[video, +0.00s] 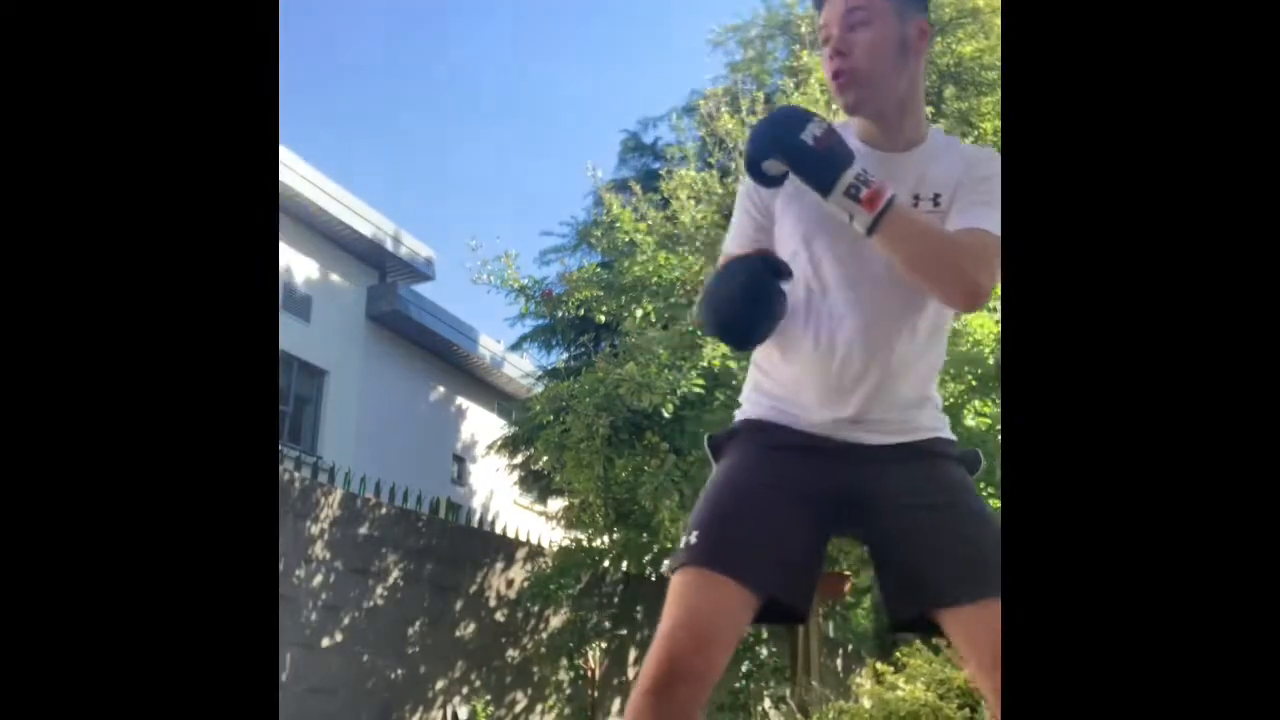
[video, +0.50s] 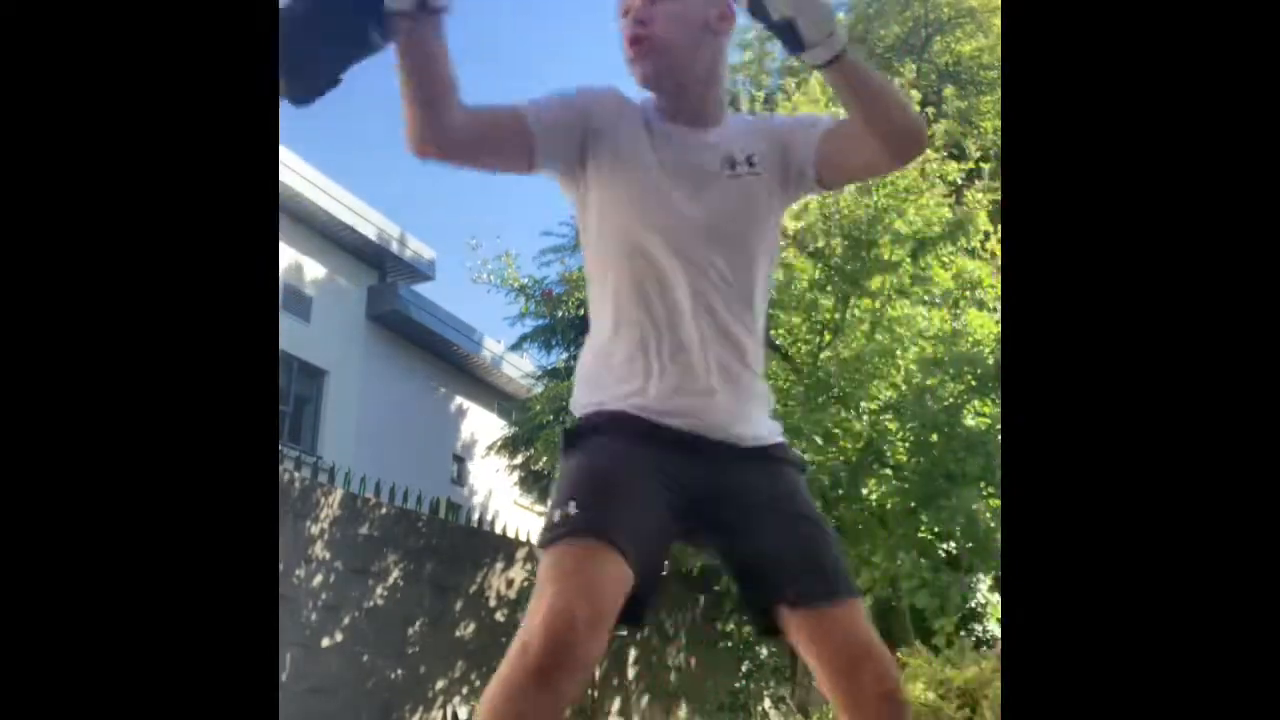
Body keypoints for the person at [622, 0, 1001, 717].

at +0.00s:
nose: (833, 50)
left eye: (856, 26)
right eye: (826, 38)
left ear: (919, 36)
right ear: (819, 58)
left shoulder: (976, 170)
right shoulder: (783, 158)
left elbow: (969, 283)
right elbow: (735, 284)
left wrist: (850, 189)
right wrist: (736, 303)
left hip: (910, 441)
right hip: (777, 433)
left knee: (1003, 669)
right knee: (672, 672)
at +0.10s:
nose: (836, 41)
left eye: (858, 20)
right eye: (830, 30)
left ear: (922, 29)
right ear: (822, 51)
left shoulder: (976, 161)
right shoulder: (785, 149)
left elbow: (974, 268)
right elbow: (712, 315)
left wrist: (852, 168)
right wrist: (722, 275)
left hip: (910, 440)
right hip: (777, 431)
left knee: (1002, 679)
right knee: (677, 684)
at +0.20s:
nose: (825, 40)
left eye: (849, 20)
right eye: (820, 30)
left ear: (912, 33)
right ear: (813, 53)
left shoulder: (964, 167)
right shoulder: (778, 159)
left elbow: (968, 262)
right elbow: (697, 319)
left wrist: (838, 172)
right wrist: (710, 274)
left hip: (900, 443)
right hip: (766, 430)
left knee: (1003, 678)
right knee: (663, 674)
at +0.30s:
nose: (787, 54)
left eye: (813, 32)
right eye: (780, 41)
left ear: (874, 51)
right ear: (771, 63)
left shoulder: (922, 165)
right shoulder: (737, 176)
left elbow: (972, 230)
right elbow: (646, 312)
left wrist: (814, 155)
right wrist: (639, 239)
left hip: (884, 455)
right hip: (747, 442)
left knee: (995, 677)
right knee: (624, 632)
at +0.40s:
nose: (698, 25)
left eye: (722, 6)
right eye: (692, 13)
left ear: (784, 21)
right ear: (689, 37)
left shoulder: (845, 142)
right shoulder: (664, 134)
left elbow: (964, 162)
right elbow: (500, 177)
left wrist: (868, 73)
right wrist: (470, 59)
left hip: (828, 451)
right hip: (692, 440)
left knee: (937, 685)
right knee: (591, 653)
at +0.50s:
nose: (632, 17)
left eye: (655, 0)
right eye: (627, 7)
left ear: (721, 17)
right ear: (621, 29)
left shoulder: (772, 144)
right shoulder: (599, 121)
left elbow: (900, 139)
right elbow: (438, 133)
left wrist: (819, 40)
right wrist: (416, 17)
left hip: (747, 441)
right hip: (624, 427)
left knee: (868, 677)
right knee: (558, 641)